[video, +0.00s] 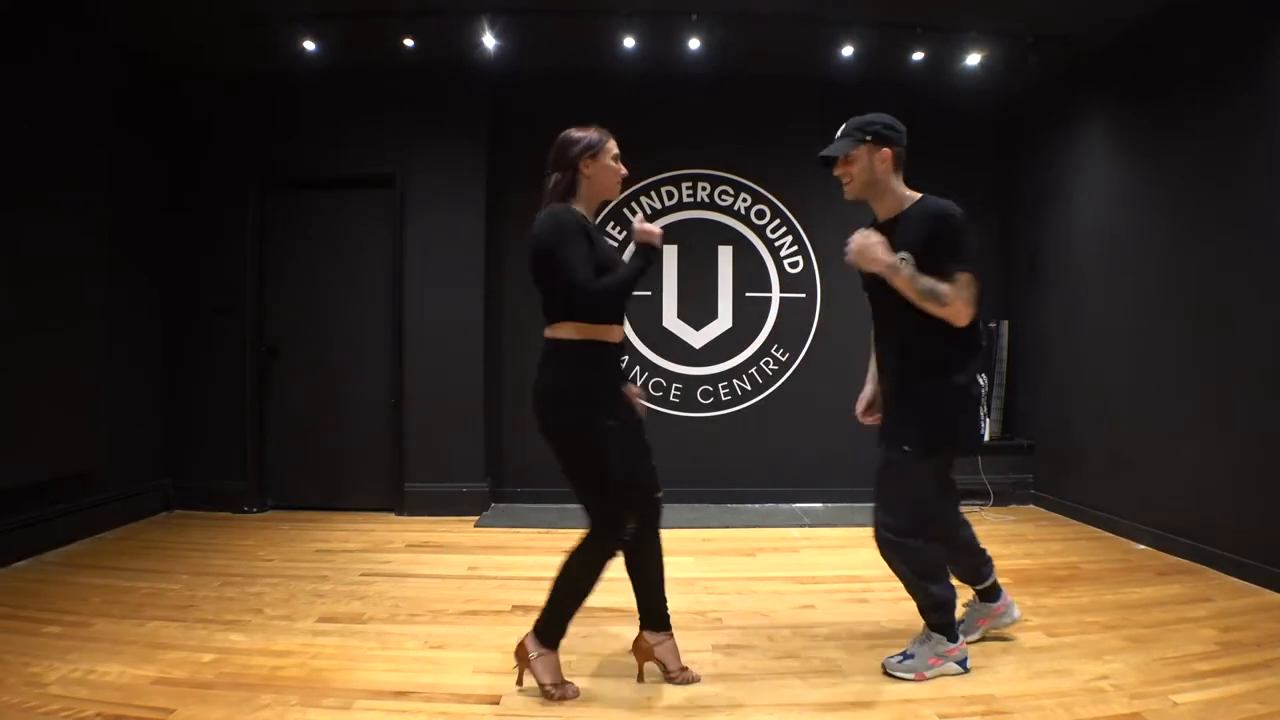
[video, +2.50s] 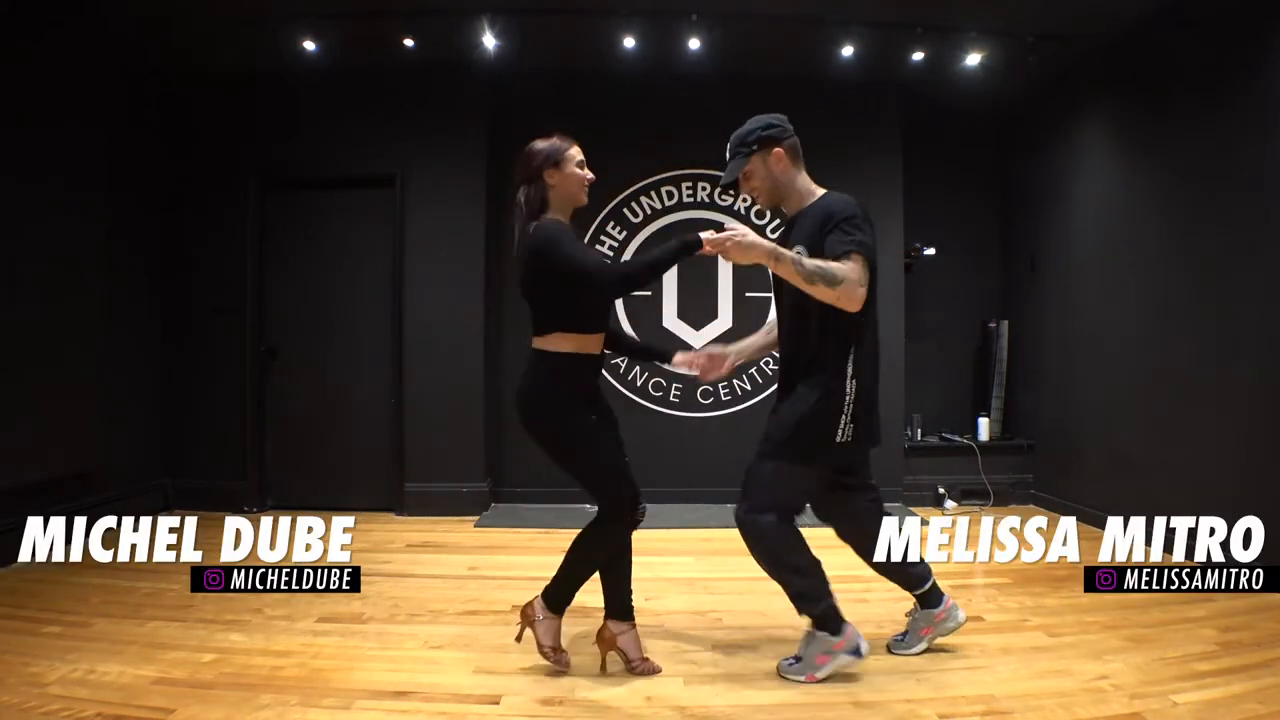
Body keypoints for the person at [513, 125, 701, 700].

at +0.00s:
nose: (624, 169)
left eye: (622, 160)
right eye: (614, 160)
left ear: (593, 167)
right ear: (583, 166)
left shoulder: (598, 229)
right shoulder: (558, 224)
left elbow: (593, 322)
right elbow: (590, 298)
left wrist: (619, 382)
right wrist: (641, 254)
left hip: (603, 381)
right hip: (569, 382)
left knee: (644, 503)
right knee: (611, 518)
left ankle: (655, 632)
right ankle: (541, 642)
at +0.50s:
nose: (520, 157)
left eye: (517, 148)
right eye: (509, 148)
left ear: (485, 160)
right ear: (476, 158)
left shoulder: (481, 224)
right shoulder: (467, 215)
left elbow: (520, 282)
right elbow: (484, 249)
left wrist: (571, 252)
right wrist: (553, 223)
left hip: (447, 364)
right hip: (466, 365)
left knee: (442, 494)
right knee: (520, 487)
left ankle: (411, 611)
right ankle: (501, 628)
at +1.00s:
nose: (412, 161)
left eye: (419, 155)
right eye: (400, 155)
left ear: (430, 172)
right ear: (381, 173)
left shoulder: (438, 242)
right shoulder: (372, 225)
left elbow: (497, 298)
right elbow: (433, 269)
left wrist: (558, 300)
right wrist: (517, 255)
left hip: (411, 372)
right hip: (362, 367)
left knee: (430, 492)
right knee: (343, 491)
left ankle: (412, 612)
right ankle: (309, 612)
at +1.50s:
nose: (448, 162)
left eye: (453, 155)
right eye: (435, 156)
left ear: (460, 169)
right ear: (413, 174)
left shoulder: (447, 233)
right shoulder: (418, 226)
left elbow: (491, 306)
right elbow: (454, 284)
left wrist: (531, 286)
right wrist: (530, 272)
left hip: (441, 368)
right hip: (414, 367)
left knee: (451, 486)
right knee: (446, 484)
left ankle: (418, 598)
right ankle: (394, 595)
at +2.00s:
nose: (532, 159)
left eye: (536, 152)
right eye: (518, 153)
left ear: (542, 166)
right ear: (494, 172)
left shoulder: (535, 229)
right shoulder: (510, 233)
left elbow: (572, 292)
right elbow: (572, 313)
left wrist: (630, 282)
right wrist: (645, 326)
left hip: (532, 374)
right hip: (502, 374)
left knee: (582, 488)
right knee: (519, 499)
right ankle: (529, 624)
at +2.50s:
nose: (591, 174)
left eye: (587, 166)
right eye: (580, 166)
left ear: (561, 177)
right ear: (549, 176)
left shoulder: (569, 241)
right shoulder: (546, 237)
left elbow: (602, 333)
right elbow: (614, 280)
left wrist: (668, 356)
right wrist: (690, 243)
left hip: (581, 386)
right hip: (553, 389)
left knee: (622, 504)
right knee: (619, 503)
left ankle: (619, 623)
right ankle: (546, 608)